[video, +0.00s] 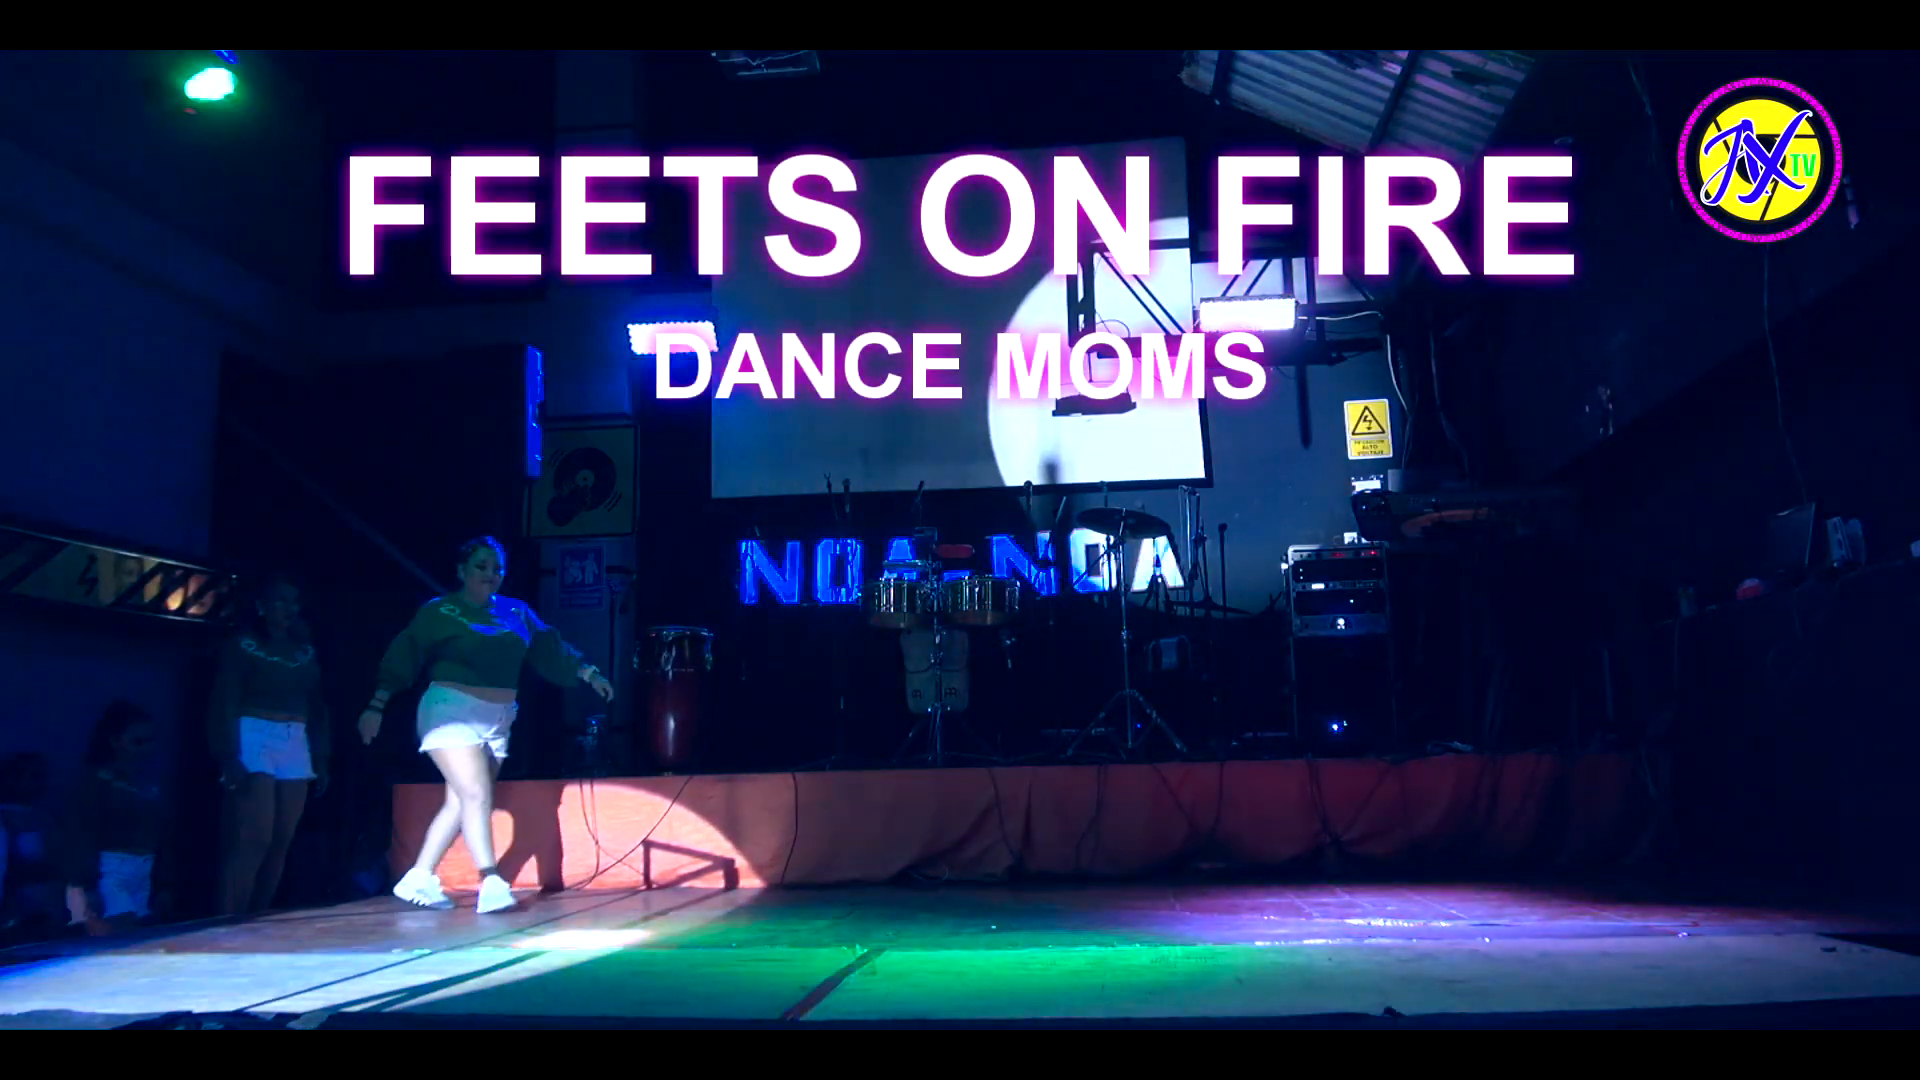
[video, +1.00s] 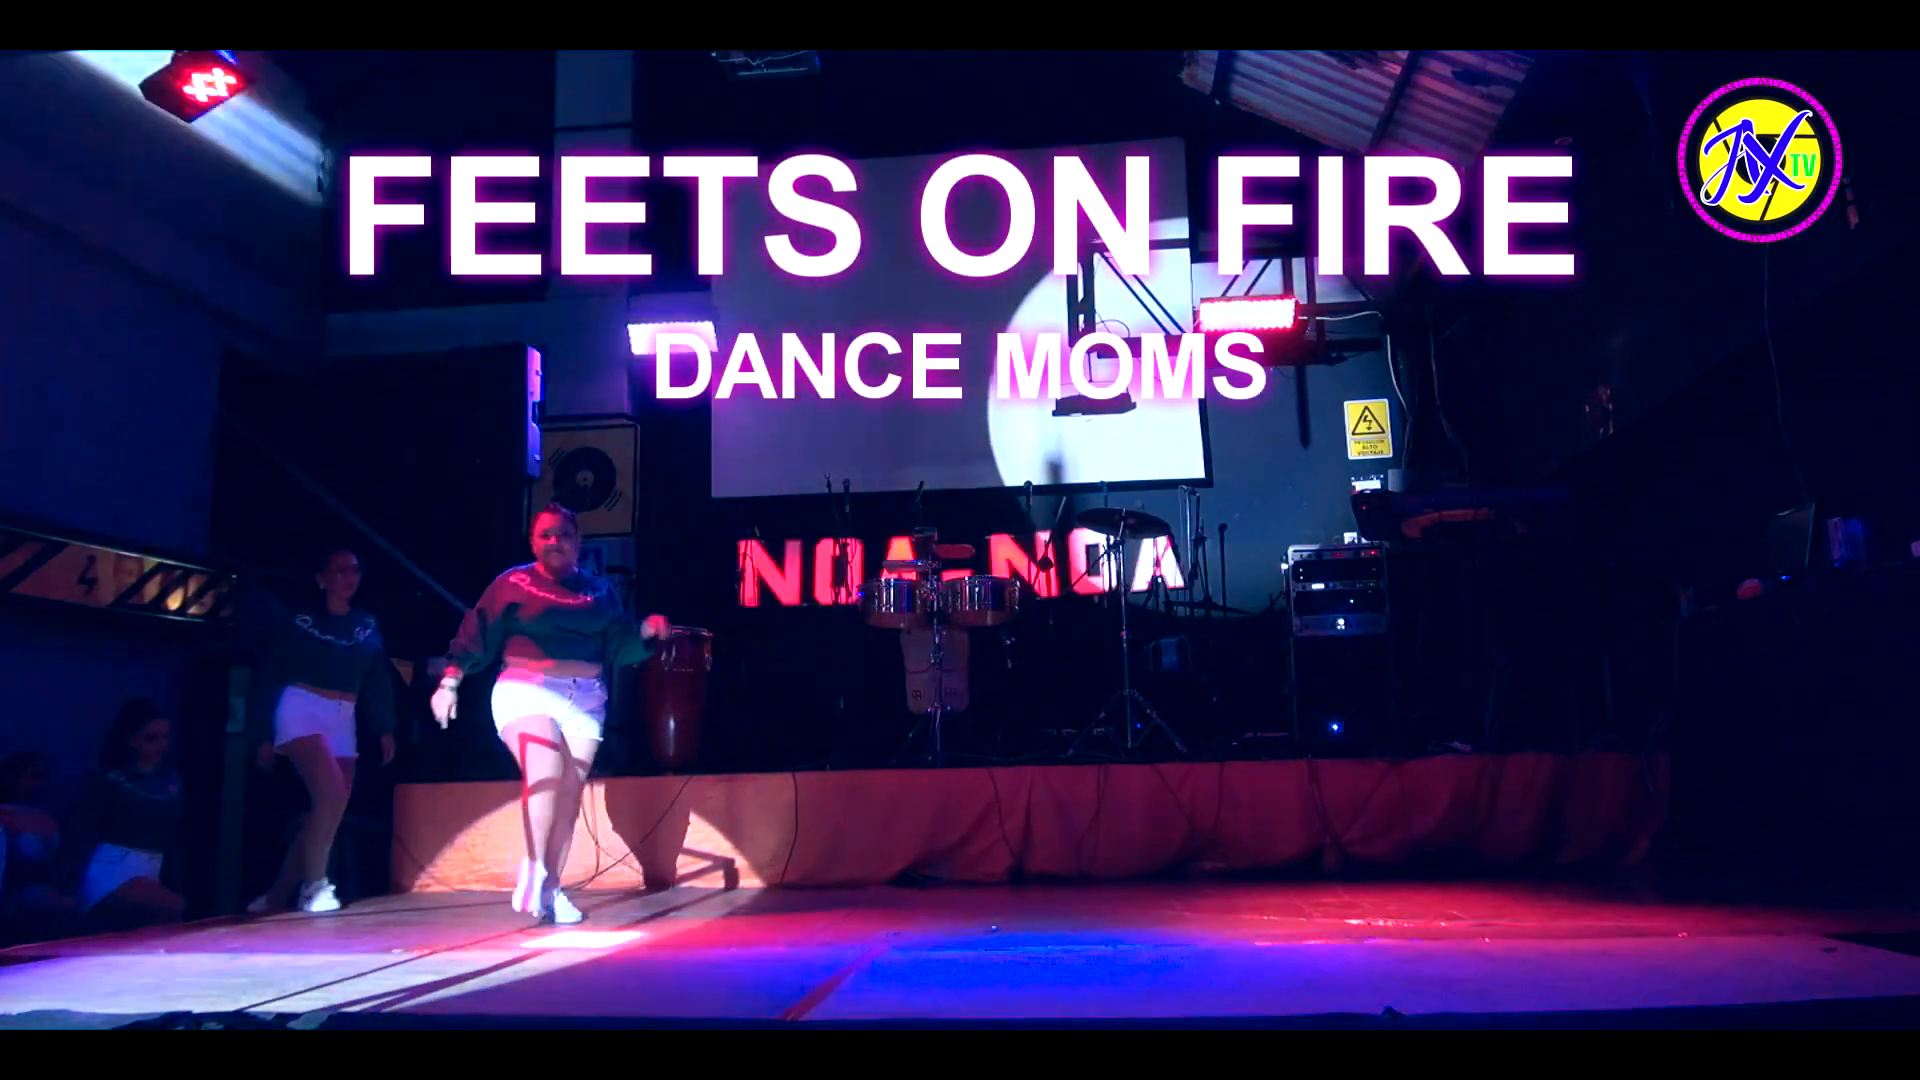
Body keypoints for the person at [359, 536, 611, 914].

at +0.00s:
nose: (489, 575)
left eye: (495, 569)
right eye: (481, 567)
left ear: (502, 574)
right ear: (462, 570)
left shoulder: (517, 614)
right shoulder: (440, 613)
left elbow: (553, 650)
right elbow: (402, 657)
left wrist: (588, 674)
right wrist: (376, 706)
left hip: (497, 719)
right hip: (449, 711)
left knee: (458, 803)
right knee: (476, 792)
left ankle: (418, 878)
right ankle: (490, 881)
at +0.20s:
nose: (511, 572)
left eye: (515, 566)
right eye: (503, 564)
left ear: (519, 573)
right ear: (480, 566)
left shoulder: (531, 615)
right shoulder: (449, 615)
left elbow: (562, 660)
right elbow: (421, 664)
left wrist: (586, 696)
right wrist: (416, 709)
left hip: (520, 713)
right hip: (464, 714)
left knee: (546, 788)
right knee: (487, 795)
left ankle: (510, 841)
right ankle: (493, 882)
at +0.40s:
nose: (531, 562)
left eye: (535, 556)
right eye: (522, 553)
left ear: (538, 562)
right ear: (498, 557)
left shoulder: (548, 605)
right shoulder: (465, 601)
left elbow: (568, 654)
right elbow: (427, 646)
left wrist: (569, 699)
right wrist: (446, 650)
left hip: (537, 703)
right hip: (482, 705)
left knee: (543, 791)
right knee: (494, 799)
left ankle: (550, 881)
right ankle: (500, 883)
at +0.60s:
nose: (549, 562)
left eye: (554, 555)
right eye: (540, 553)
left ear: (559, 561)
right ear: (516, 558)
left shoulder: (568, 606)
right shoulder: (486, 599)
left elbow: (587, 663)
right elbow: (456, 644)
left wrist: (586, 703)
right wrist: (448, 632)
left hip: (554, 707)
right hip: (497, 707)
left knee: (551, 800)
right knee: (505, 803)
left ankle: (555, 890)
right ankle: (506, 881)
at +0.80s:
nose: (564, 558)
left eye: (570, 551)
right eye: (554, 550)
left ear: (577, 557)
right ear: (533, 556)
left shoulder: (586, 606)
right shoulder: (510, 595)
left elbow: (604, 664)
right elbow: (467, 633)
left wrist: (625, 687)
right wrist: (428, 665)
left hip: (578, 705)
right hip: (517, 705)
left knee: (570, 804)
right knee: (521, 807)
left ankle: (559, 892)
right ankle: (516, 847)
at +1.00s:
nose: (556, 541)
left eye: (564, 534)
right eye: (546, 535)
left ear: (578, 541)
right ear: (533, 543)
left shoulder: (597, 591)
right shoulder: (513, 584)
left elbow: (616, 648)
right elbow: (475, 635)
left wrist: (644, 633)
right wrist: (450, 682)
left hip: (584, 696)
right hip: (527, 690)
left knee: (570, 792)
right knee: (545, 771)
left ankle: (553, 888)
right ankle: (536, 871)